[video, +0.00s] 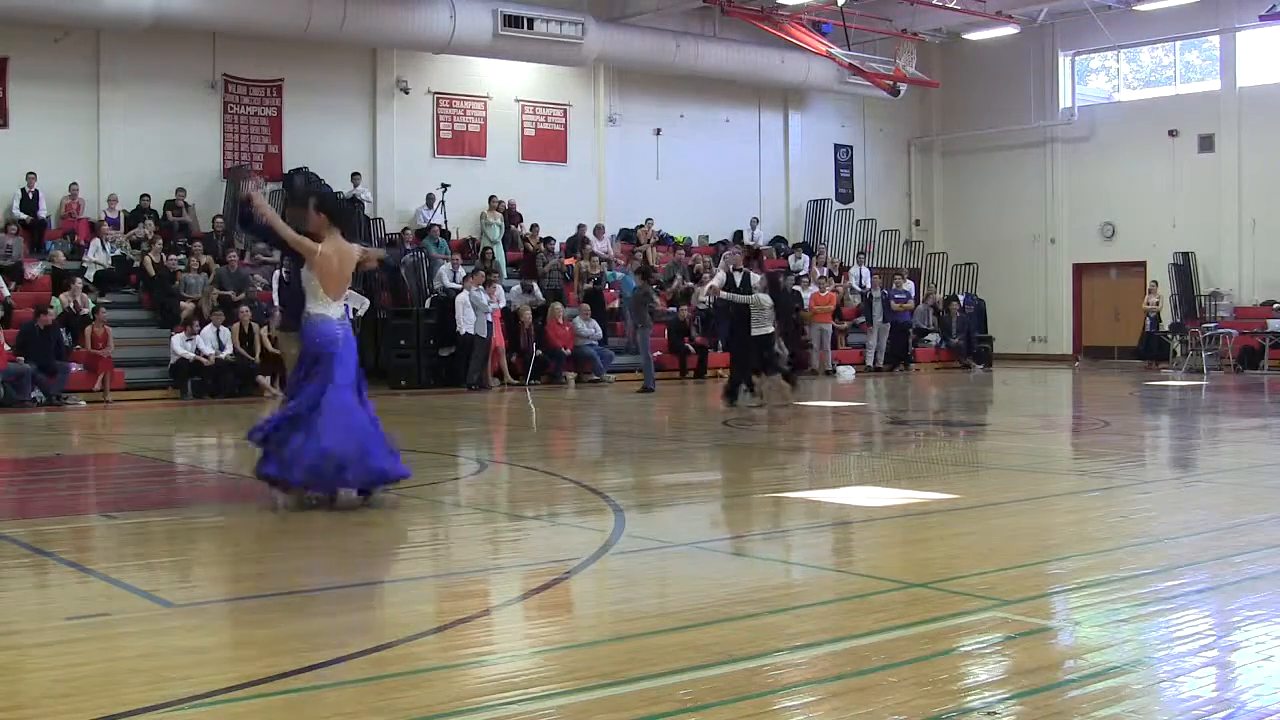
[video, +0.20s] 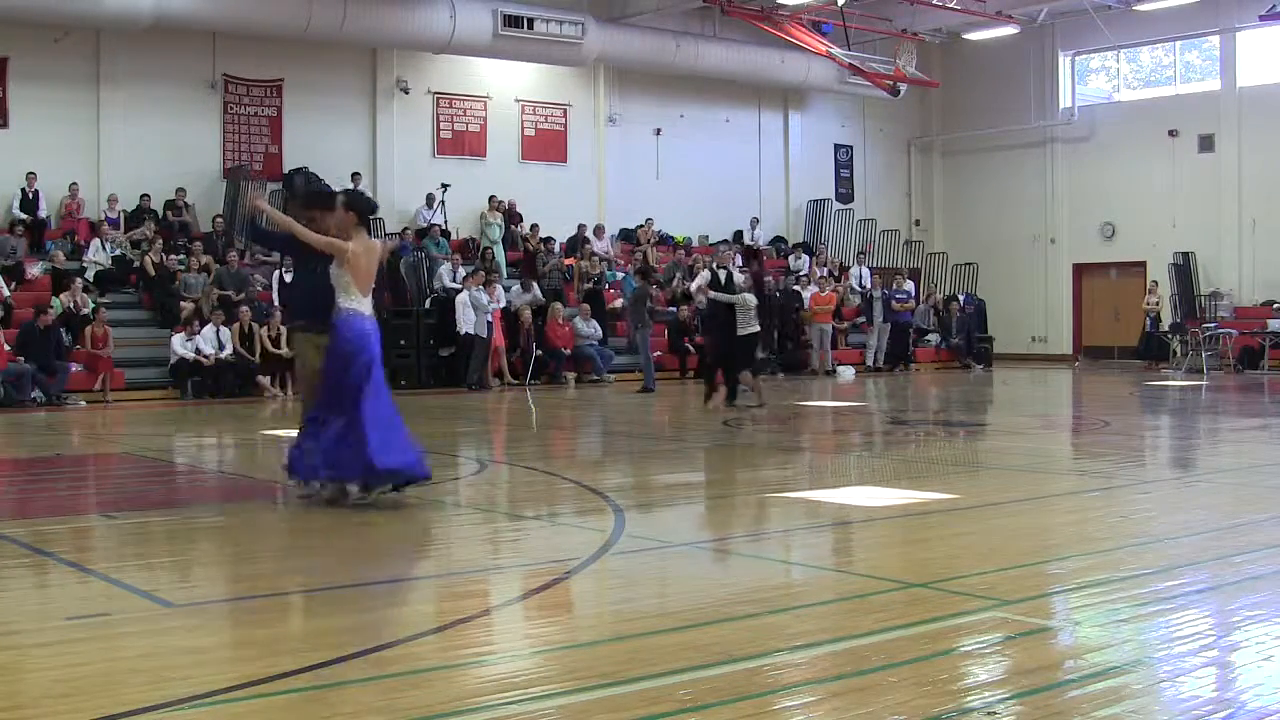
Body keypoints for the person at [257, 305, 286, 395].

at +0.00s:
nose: (279, 318)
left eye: (279, 315)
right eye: (276, 315)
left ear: (281, 317)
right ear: (271, 317)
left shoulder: (281, 330)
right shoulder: (264, 330)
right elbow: (269, 348)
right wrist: (279, 352)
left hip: (278, 355)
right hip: (267, 355)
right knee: (260, 377)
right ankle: (276, 392)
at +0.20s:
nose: (278, 320)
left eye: (279, 317)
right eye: (275, 317)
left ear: (281, 318)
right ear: (270, 319)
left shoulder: (283, 329)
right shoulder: (264, 331)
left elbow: (283, 345)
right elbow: (269, 348)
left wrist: (287, 352)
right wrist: (281, 352)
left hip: (279, 354)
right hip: (268, 356)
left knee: (288, 362)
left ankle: (289, 389)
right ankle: (275, 390)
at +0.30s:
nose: (279, 319)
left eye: (280, 317)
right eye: (277, 317)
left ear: (281, 318)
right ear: (270, 319)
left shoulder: (283, 329)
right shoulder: (263, 331)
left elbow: (283, 345)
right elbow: (269, 348)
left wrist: (287, 352)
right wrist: (282, 352)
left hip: (279, 353)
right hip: (268, 355)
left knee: (287, 360)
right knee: (278, 360)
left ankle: (289, 387)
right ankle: (276, 386)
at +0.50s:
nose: (280, 319)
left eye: (280, 317)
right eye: (277, 317)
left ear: (281, 318)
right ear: (270, 319)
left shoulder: (283, 329)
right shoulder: (263, 330)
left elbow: (283, 346)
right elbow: (269, 348)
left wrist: (287, 352)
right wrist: (281, 352)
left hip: (279, 353)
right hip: (268, 355)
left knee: (286, 361)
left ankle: (289, 386)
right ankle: (276, 386)